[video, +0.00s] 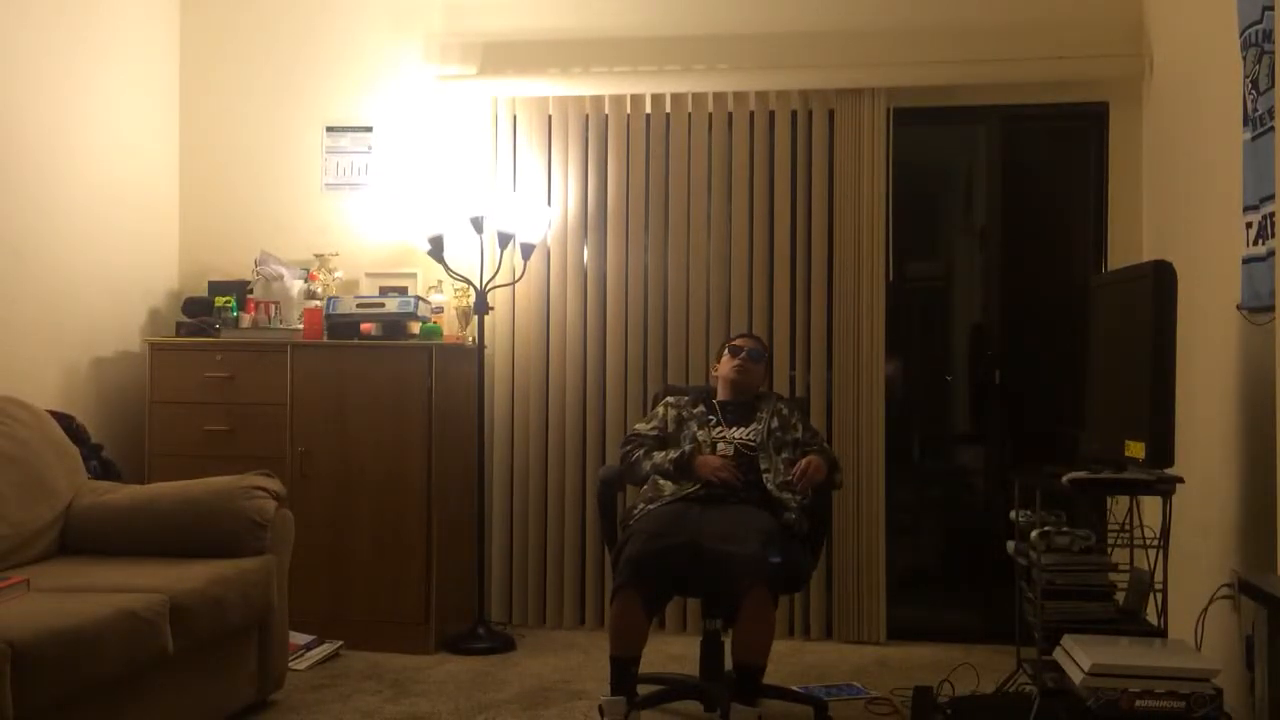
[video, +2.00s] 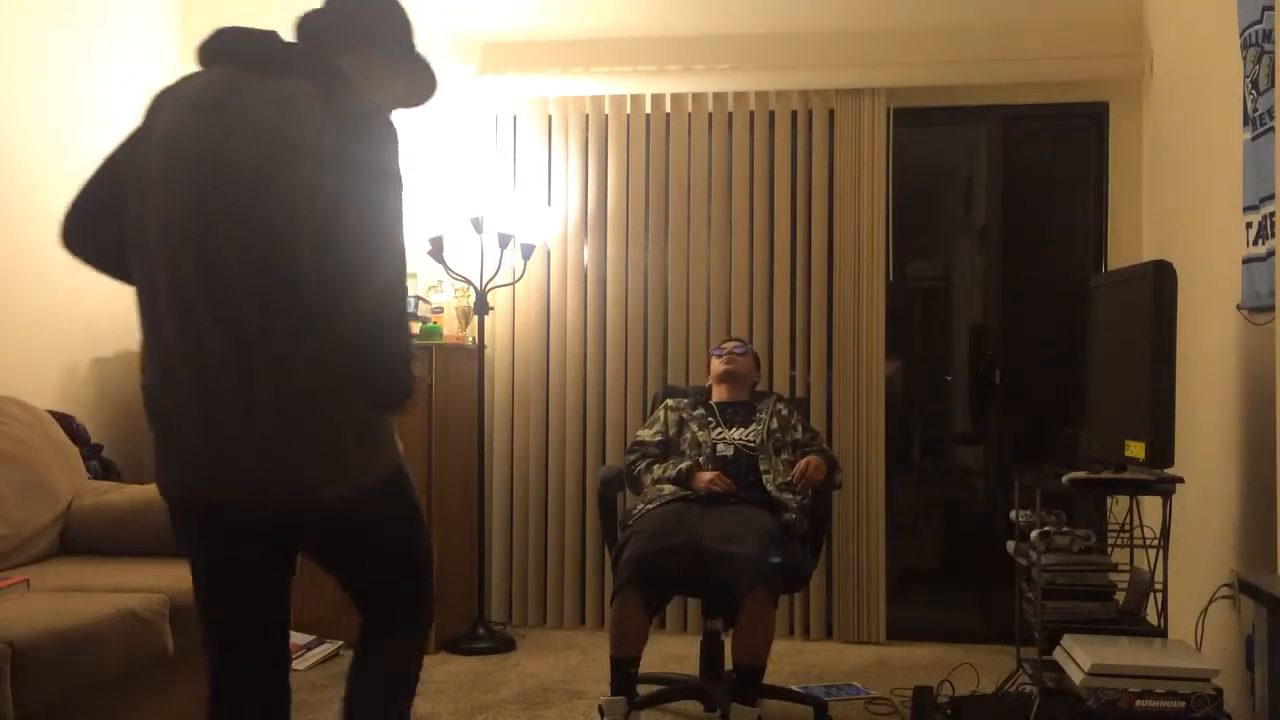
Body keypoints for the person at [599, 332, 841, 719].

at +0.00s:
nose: (743, 358)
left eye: (755, 356)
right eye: (734, 351)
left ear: (764, 379)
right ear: (715, 366)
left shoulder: (782, 415)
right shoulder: (674, 407)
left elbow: (825, 458)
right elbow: (631, 457)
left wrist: (821, 459)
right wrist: (690, 462)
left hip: (748, 509)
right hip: (672, 506)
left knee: (757, 577)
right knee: (637, 568)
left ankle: (746, 703)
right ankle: (621, 695)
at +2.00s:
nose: (728, 351)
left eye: (739, 349)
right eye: (719, 350)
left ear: (757, 370)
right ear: (708, 371)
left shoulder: (779, 412)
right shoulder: (674, 410)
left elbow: (824, 457)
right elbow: (638, 464)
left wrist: (820, 461)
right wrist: (690, 476)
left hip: (750, 507)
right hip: (673, 504)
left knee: (758, 576)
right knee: (638, 568)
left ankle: (746, 703)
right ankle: (621, 694)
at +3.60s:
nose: (722, 354)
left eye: (733, 349)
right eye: (714, 353)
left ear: (752, 370)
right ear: (704, 374)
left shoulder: (780, 411)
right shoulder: (674, 407)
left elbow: (826, 463)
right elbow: (643, 469)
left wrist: (819, 460)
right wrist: (690, 477)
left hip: (749, 508)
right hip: (675, 506)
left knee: (757, 580)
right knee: (634, 572)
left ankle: (745, 704)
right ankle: (637, 693)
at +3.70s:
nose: (722, 358)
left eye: (731, 352)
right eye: (715, 355)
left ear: (752, 369)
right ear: (708, 370)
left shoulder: (773, 407)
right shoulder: (694, 406)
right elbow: (667, 459)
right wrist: (694, 477)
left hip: (758, 511)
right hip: (695, 511)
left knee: (756, 584)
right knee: (681, 578)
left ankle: (746, 698)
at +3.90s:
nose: (742, 379)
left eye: (747, 371)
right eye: (734, 371)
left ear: (754, 374)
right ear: (720, 376)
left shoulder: (777, 412)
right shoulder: (706, 420)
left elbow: (825, 459)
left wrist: (819, 462)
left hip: (781, 532)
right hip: (725, 533)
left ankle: (752, 684)